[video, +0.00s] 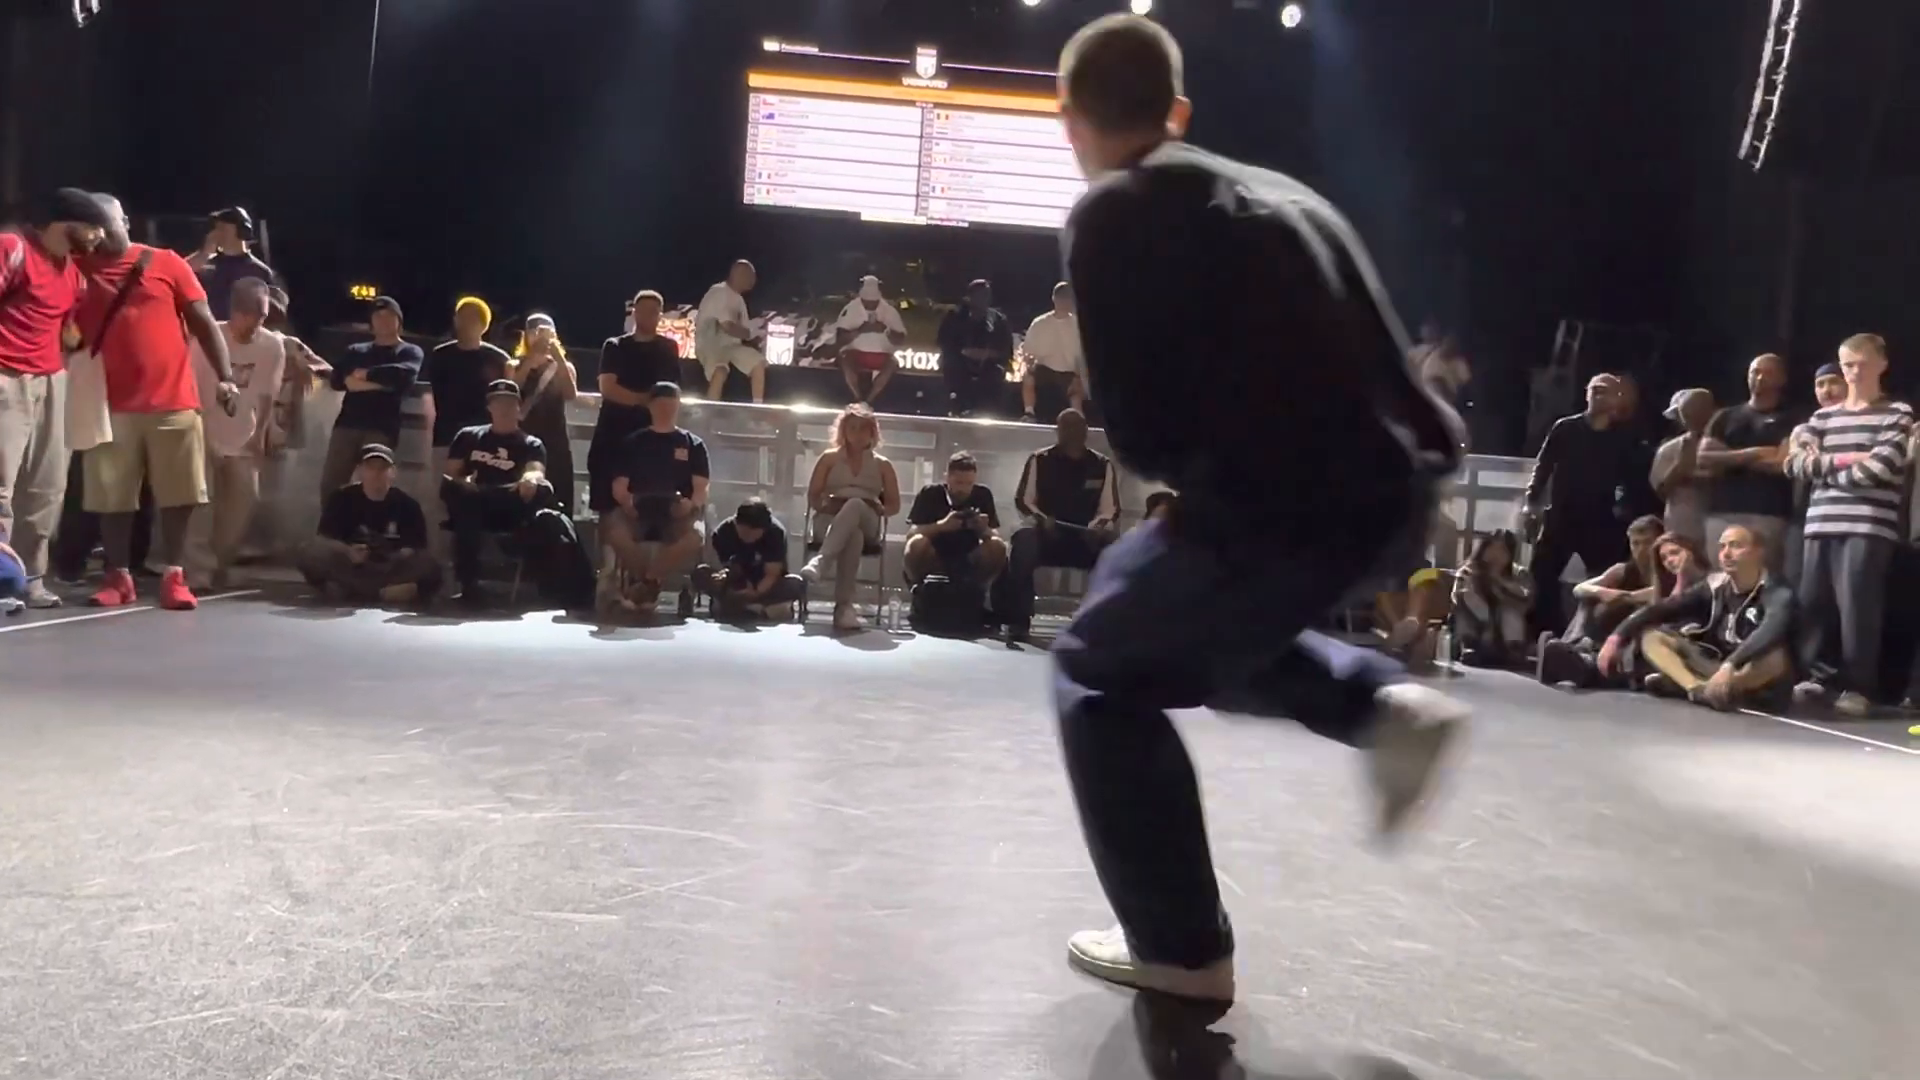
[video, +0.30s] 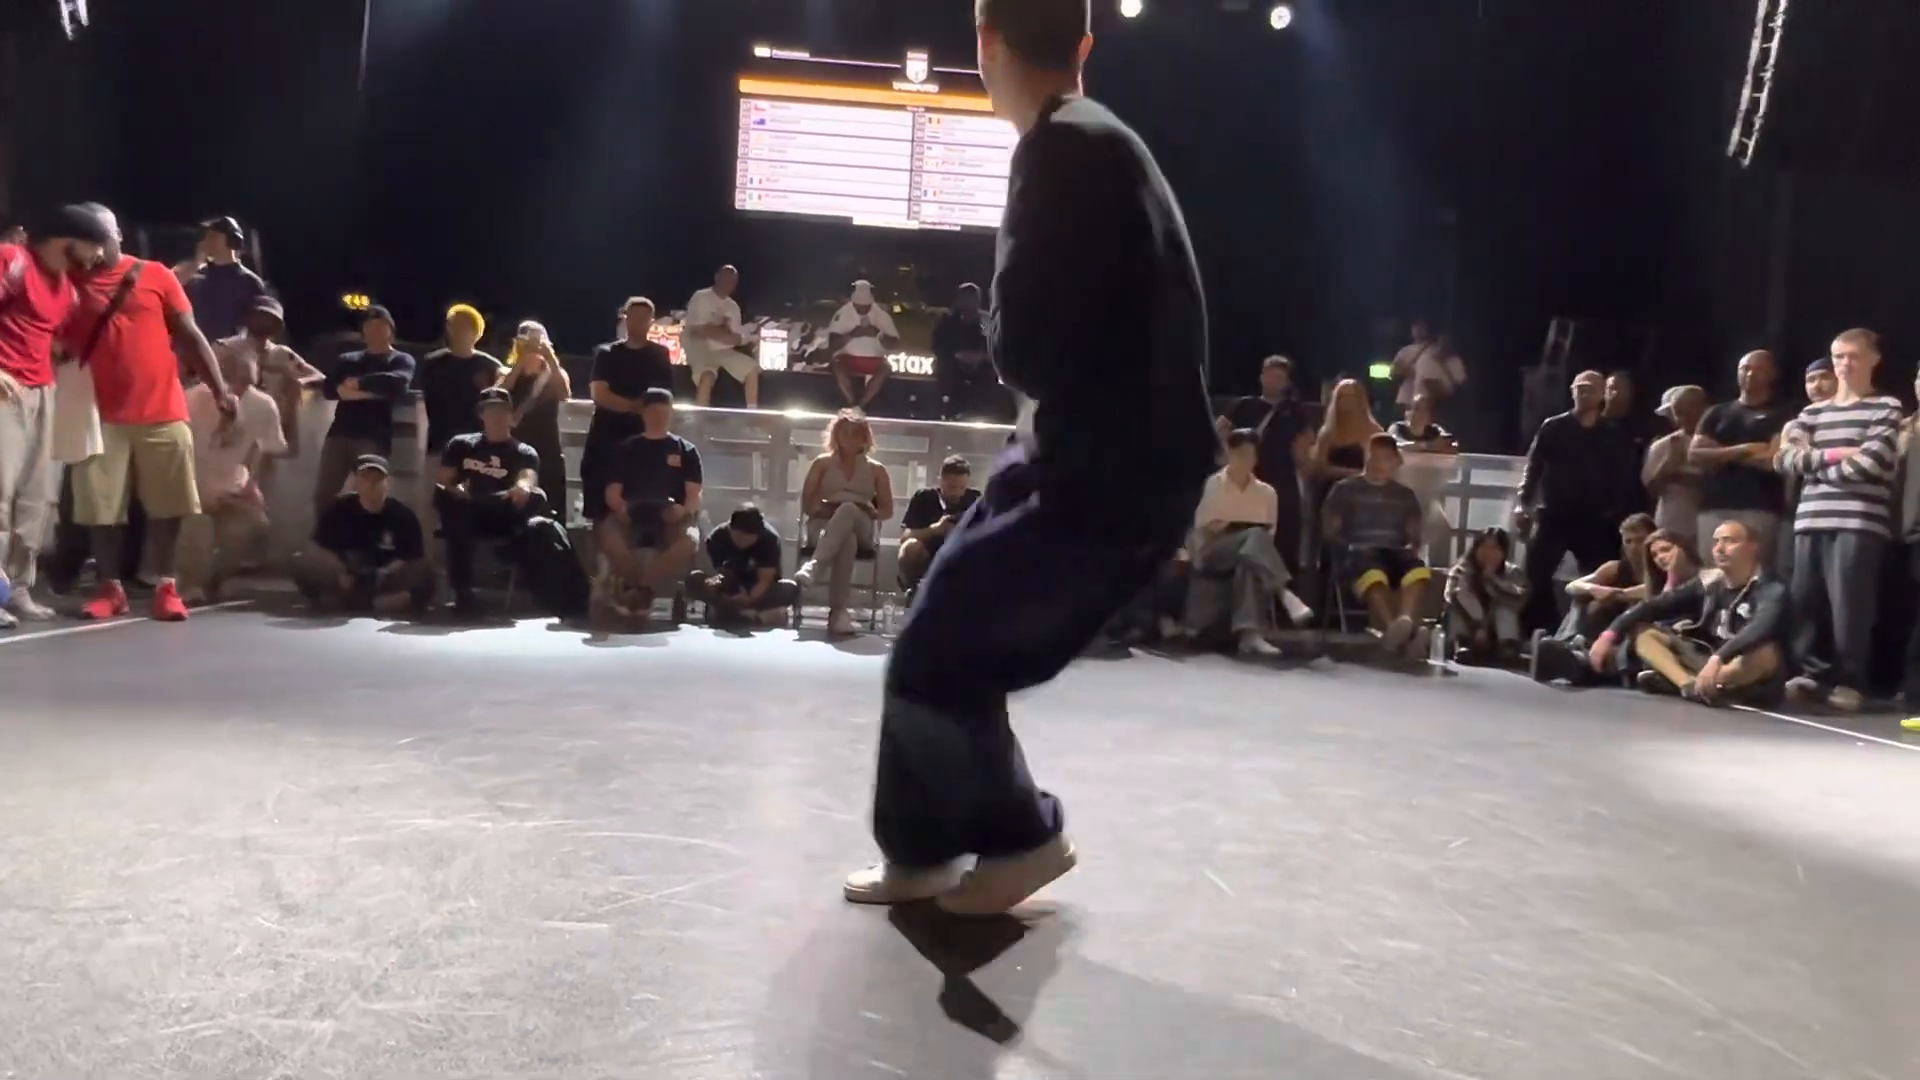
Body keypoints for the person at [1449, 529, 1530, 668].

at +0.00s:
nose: (1495, 555)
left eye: (1502, 550)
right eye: (1491, 548)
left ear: (1510, 556)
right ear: (1482, 551)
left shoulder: (1520, 575)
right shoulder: (1467, 575)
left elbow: (1525, 603)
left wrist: (1497, 579)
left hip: (1511, 647)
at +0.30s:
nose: (1487, 553)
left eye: (1494, 549)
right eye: (1483, 547)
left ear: (1503, 554)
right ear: (1475, 549)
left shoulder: (1513, 573)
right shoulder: (1461, 571)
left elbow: (1519, 599)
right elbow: (1456, 595)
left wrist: (1491, 578)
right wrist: (1477, 626)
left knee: (1504, 607)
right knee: (1458, 607)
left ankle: (1509, 647)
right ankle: (1460, 646)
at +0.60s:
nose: (1486, 542)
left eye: (1492, 538)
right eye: (1481, 536)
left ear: (1501, 543)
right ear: (1473, 538)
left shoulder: (1510, 561)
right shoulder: (1459, 561)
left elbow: (1517, 586)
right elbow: (1455, 584)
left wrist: (1489, 567)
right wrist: (1476, 614)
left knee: (1502, 598)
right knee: (1456, 596)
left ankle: (1507, 638)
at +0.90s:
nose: (1489, 548)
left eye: (1495, 543)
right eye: (1485, 541)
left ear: (1505, 547)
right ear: (1477, 543)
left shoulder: (1514, 566)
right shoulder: (1462, 567)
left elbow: (1522, 591)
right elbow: (1458, 591)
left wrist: (1492, 572)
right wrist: (1480, 620)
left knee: (1508, 599)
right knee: (1460, 600)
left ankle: (1511, 641)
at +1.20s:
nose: (1492, 552)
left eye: (1499, 547)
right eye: (1488, 546)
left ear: (1508, 552)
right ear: (1480, 547)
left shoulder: (1518, 570)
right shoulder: (1466, 570)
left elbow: (1524, 596)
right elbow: (1462, 594)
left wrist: (1495, 576)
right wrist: (1484, 624)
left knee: (1510, 605)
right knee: (1464, 604)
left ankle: (1515, 642)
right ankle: (1468, 642)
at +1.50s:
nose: (1495, 550)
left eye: (1501, 546)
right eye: (1490, 544)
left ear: (1510, 550)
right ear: (1482, 546)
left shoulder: (1519, 568)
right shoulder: (1468, 567)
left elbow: (1526, 594)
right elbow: (1464, 592)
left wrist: (1497, 574)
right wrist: (1487, 621)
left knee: (1513, 601)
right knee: (1466, 601)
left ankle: (1518, 642)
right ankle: (1469, 641)